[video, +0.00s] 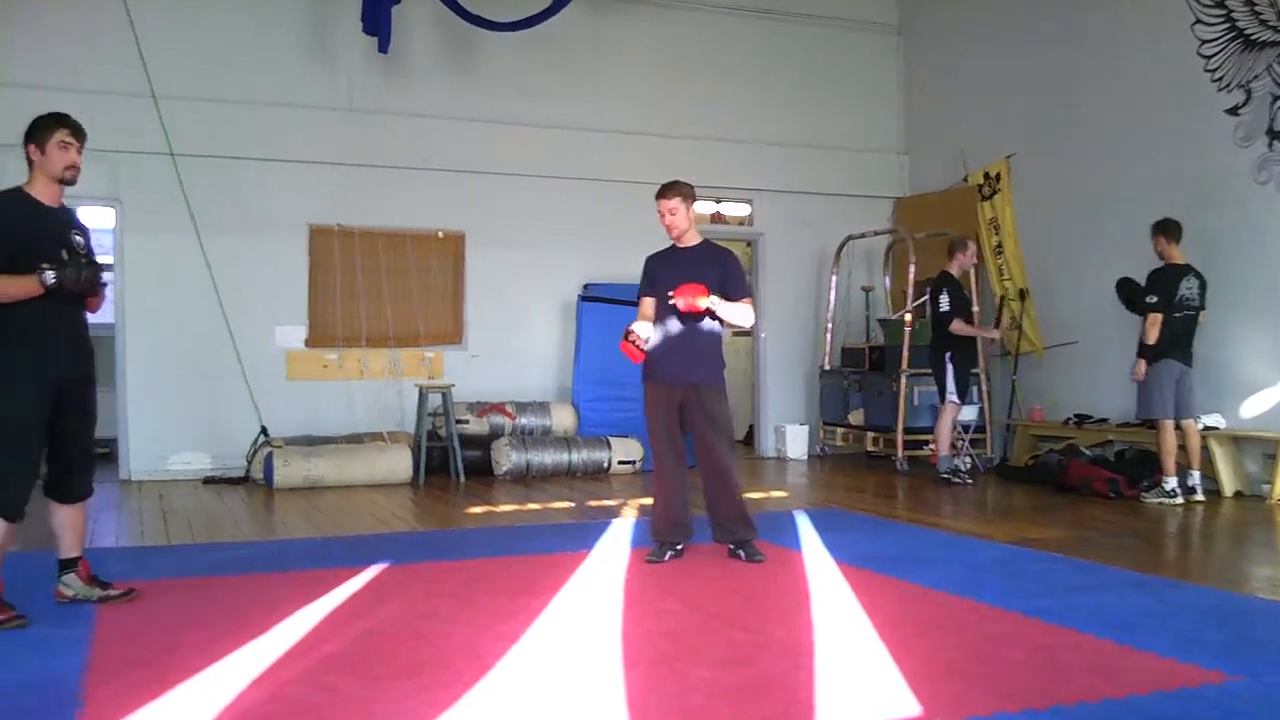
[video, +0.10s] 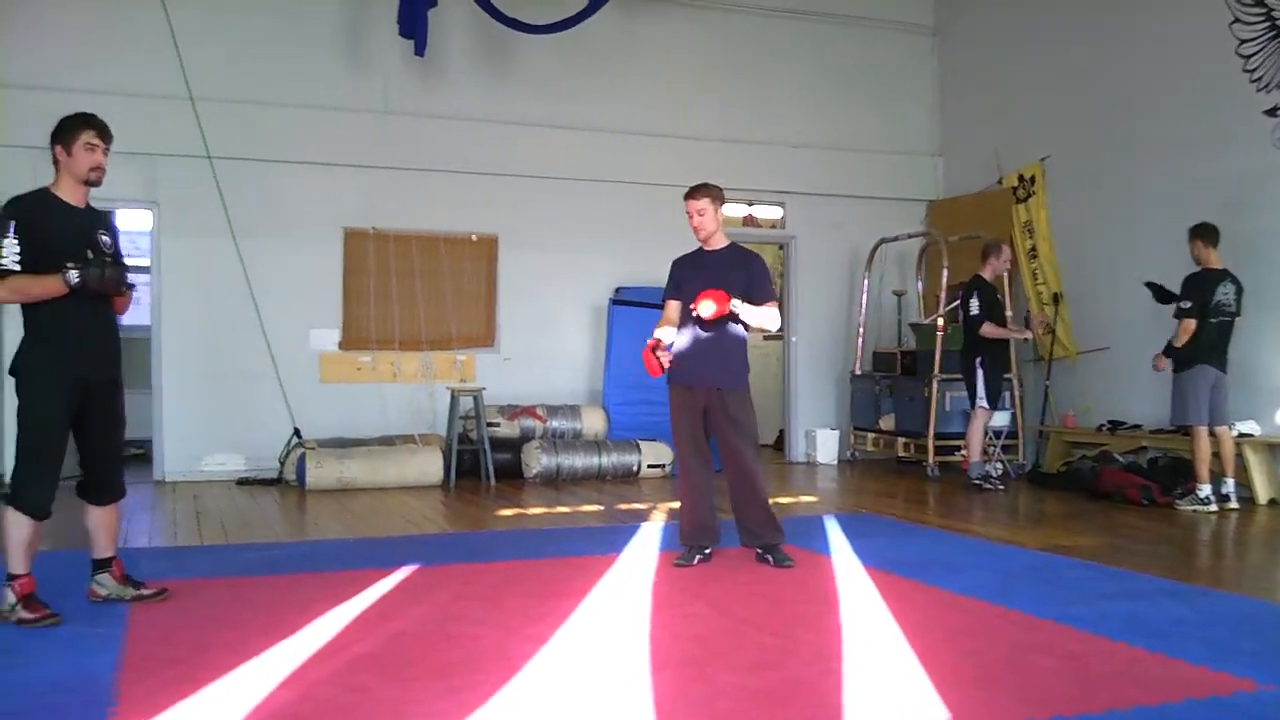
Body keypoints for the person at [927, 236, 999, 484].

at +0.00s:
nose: (975, 260)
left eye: (975, 255)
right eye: (972, 255)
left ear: (958, 256)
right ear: (959, 256)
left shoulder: (955, 284)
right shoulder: (945, 284)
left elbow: (958, 322)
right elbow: (951, 324)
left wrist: (982, 330)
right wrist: (985, 333)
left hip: (956, 351)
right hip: (947, 352)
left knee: (951, 406)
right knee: (951, 405)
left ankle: (946, 460)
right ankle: (944, 463)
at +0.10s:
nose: (1008, 266)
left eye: (1009, 261)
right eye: (1005, 261)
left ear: (993, 261)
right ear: (992, 261)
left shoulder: (989, 289)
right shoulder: (976, 287)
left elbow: (995, 324)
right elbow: (981, 327)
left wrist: (1022, 327)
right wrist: (1016, 334)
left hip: (990, 357)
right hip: (979, 357)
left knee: (983, 412)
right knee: (981, 411)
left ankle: (977, 466)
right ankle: (975, 469)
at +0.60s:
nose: (999, 264)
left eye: (1001, 259)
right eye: (996, 259)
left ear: (986, 259)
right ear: (982, 257)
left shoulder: (982, 283)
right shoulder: (966, 281)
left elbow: (984, 315)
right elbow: (964, 318)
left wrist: (1009, 316)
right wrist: (999, 317)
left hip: (981, 354)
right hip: (967, 353)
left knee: (973, 407)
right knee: (968, 407)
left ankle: (966, 460)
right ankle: (962, 463)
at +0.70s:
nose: (1009, 266)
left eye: (1010, 261)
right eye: (1006, 261)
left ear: (995, 260)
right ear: (991, 259)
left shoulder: (992, 285)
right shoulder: (976, 283)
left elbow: (992, 317)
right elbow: (973, 319)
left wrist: (1020, 318)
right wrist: (1007, 317)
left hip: (990, 355)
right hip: (977, 355)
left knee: (982, 410)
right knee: (978, 410)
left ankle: (975, 463)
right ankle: (971, 466)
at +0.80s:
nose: (1008, 266)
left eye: (1010, 262)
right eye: (1005, 261)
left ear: (994, 260)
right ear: (990, 259)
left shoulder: (990, 285)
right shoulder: (975, 283)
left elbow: (991, 316)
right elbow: (971, 318)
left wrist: (1019, 318)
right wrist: (1006, 317)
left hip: (989, 354)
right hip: (977, 354)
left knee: (981, 410)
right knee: (978, 409)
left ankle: (974, 463)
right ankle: (971, 466)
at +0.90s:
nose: (1019, 268)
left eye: (1021, 264)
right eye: (1017, 263)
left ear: (1006, 263)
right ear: (1002, 261)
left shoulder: (1003, 287)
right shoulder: (988, 285)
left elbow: (1003, 320)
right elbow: (984, 323)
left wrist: (1027, 322)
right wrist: (1018, 322)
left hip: (1003, 357)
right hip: (990, 357)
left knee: (995, 414)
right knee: (993, 413)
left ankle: (989, 468)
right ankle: (988, 470)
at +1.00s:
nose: (1038, 271)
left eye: (1040, 267)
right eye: (1035, 266)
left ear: (1024, 266)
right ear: (1020, 264)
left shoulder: (1021, 290)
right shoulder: (1005, 288)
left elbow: (1023, 322)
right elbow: (1000, 325)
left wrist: (1049, 324)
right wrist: (1035, 324)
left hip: (1020, 361)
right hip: (1007, 361)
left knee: (1012, 415)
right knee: (1008, 415)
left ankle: (1005, 468)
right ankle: (1001, 471)